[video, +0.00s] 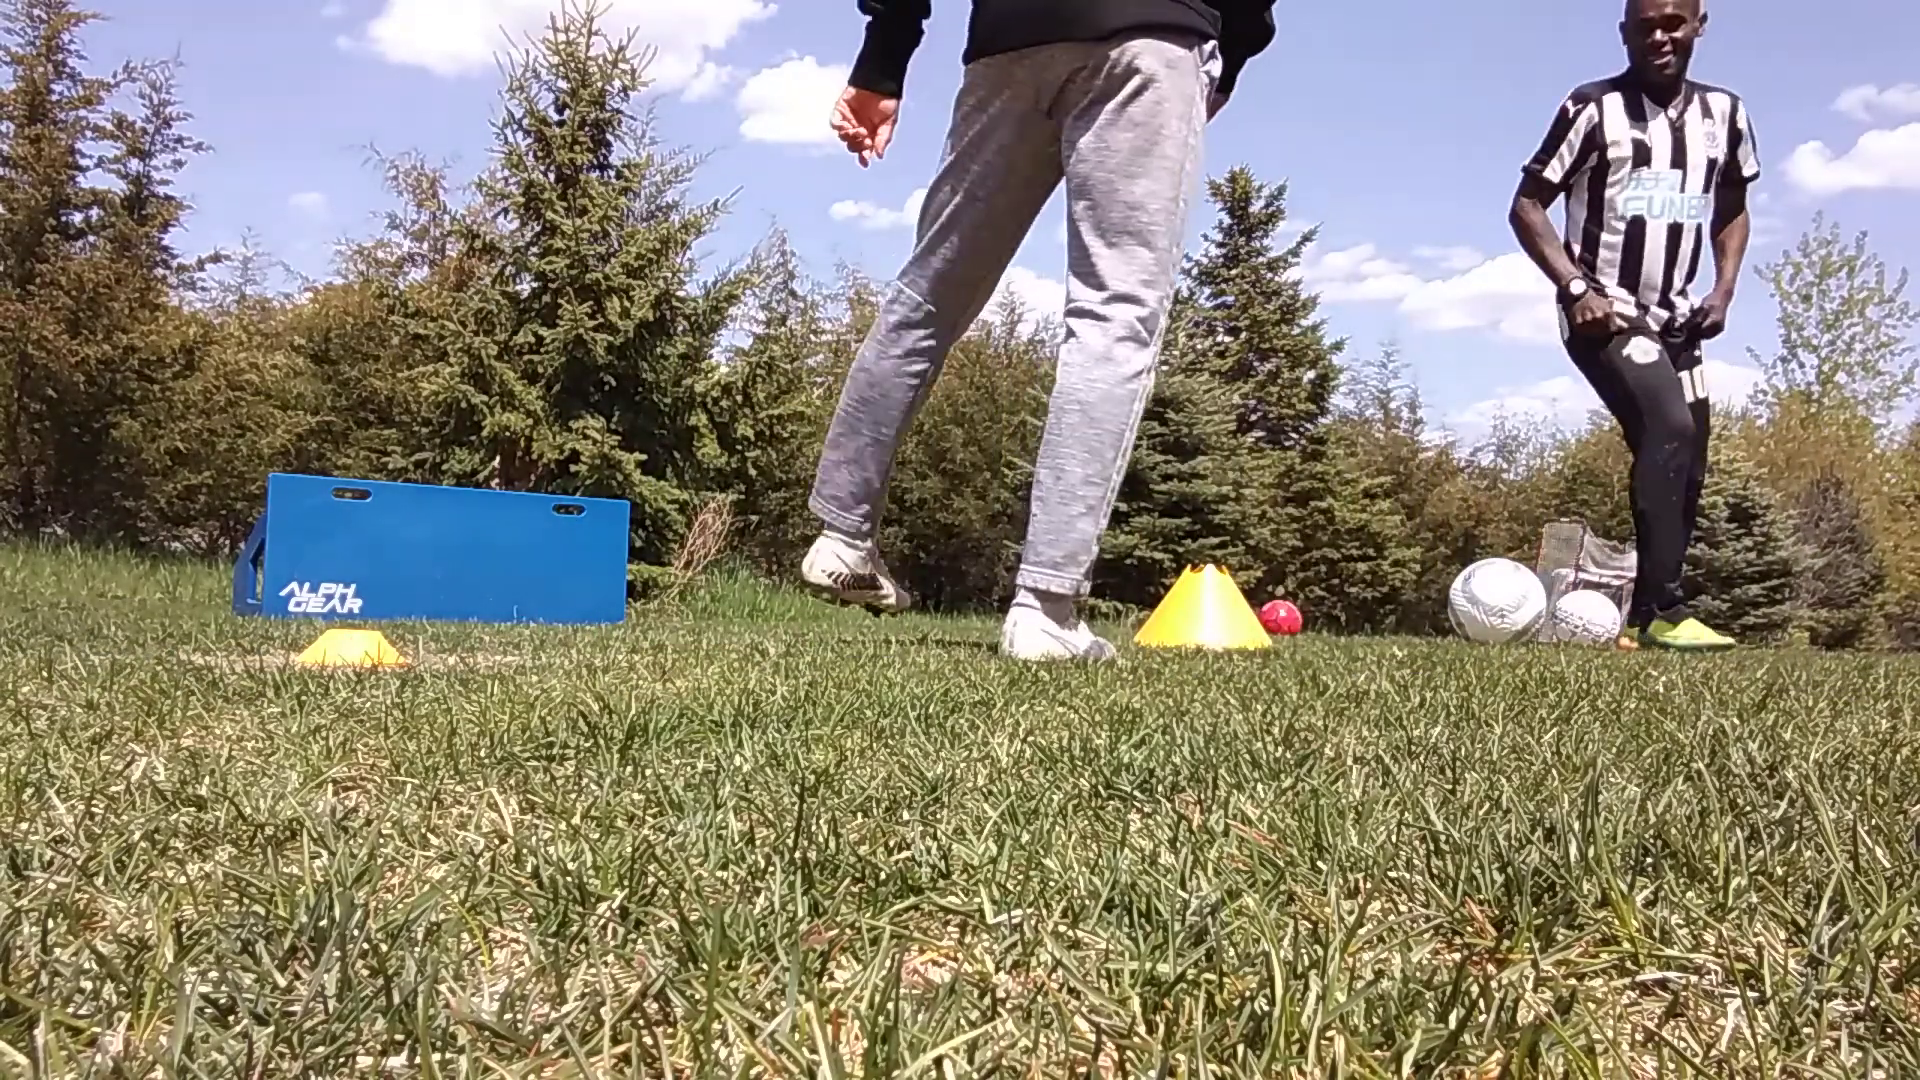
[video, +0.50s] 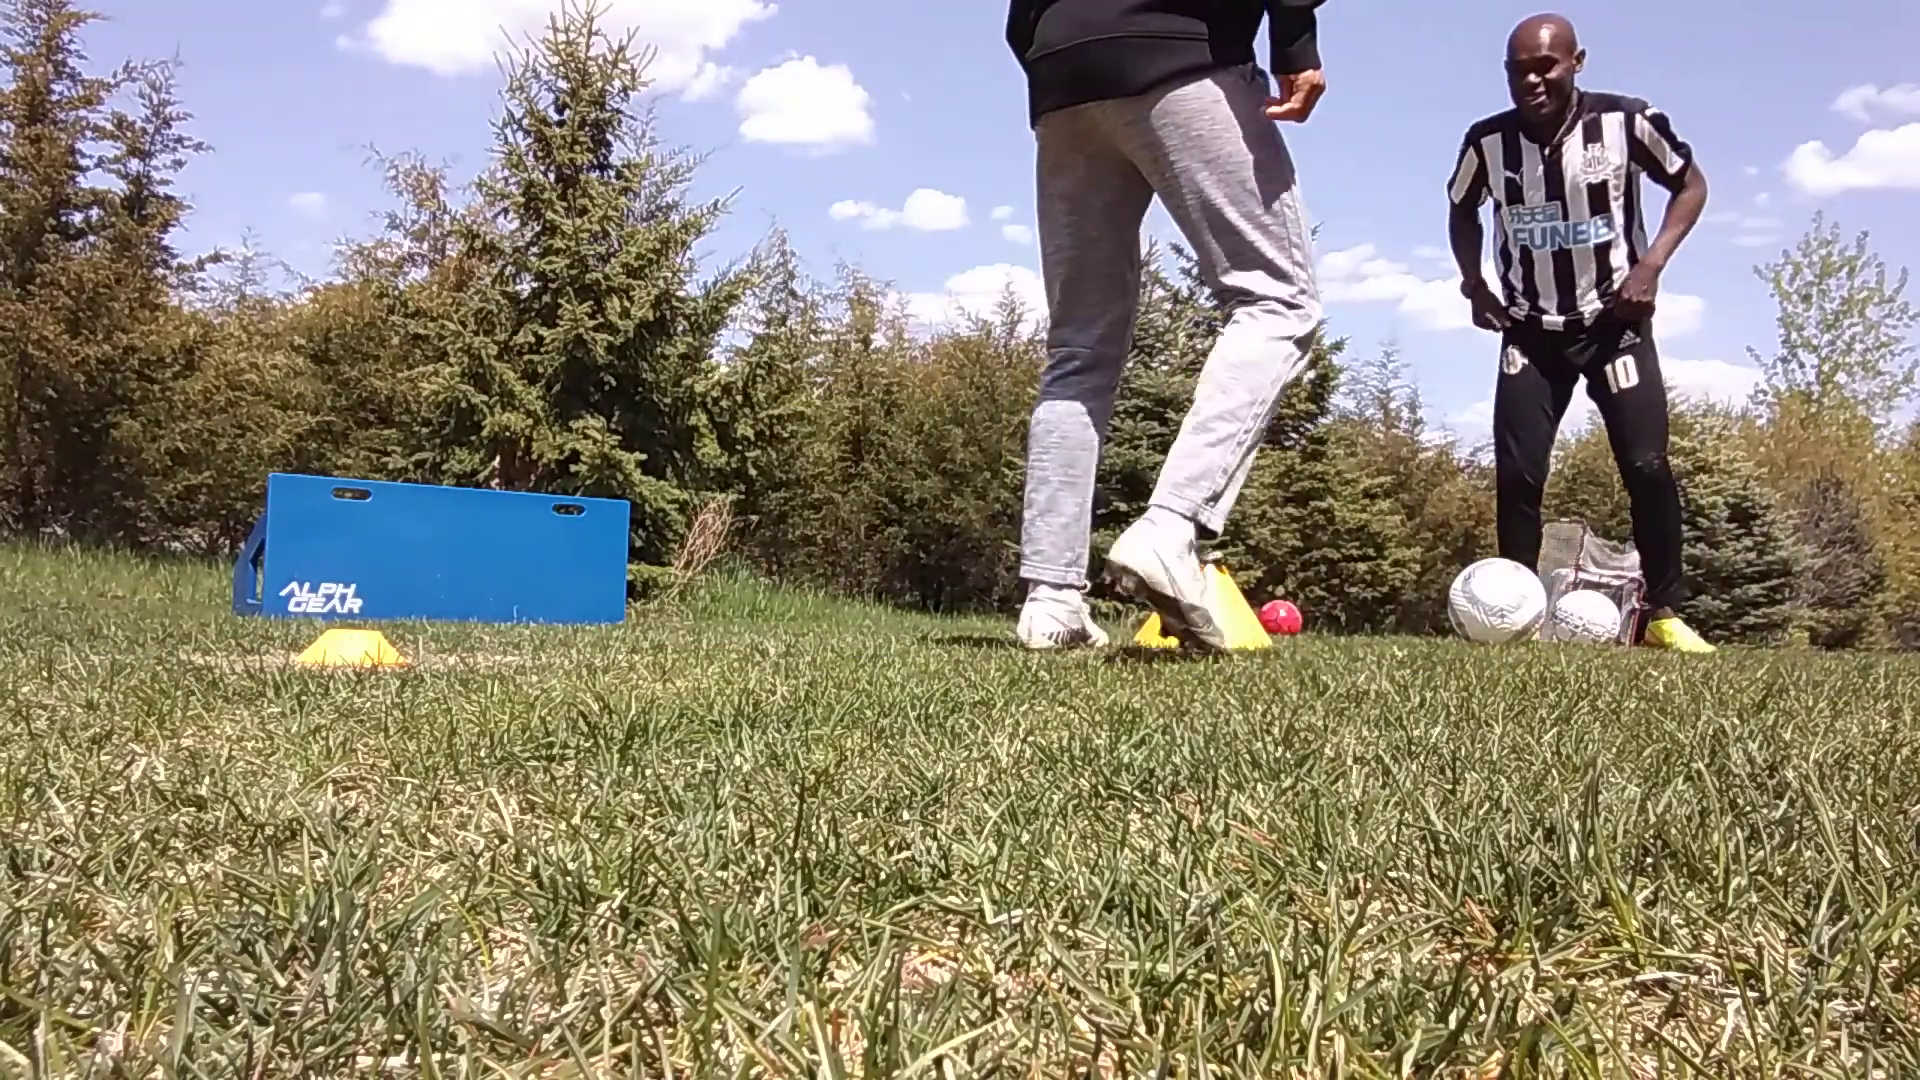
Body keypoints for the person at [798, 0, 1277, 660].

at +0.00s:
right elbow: (1253, 14)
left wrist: (881, 59)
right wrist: (1220, 61)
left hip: (1012, 22)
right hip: (1159, 28)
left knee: (927, 296)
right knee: (1114, 318)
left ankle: (842, 541)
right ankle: (1046, 610)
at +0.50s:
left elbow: (1020, 19)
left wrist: (1058, 62)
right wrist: (1297, 45)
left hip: (1056, 48)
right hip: (1179, 37)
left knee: (1080, 352)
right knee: (1276, 303)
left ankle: (1051, 599)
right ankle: (1169, 531)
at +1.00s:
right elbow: (1432, 5)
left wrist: (1163, 61)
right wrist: (1439, 101)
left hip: (1169, 82)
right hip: (1302, 72)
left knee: (1138, 360)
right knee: (1350, 349)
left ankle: (1075, 592)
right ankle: (1324, 603)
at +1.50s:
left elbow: (1044, 52)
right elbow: (1254, 14)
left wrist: (1116, 117)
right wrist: (1314, 105)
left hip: (1081, 136)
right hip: (1185, 105)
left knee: (1141, 384)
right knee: (1365, 278)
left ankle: (1121, 603)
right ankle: (1288, 505)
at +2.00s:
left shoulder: (1009, 4)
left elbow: (951, 70)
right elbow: (1147, 40)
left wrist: (1015, 136)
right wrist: (1215, 149)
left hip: (986, 171)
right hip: (1083, 154)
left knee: (999, 401)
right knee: (1172, 367)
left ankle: (934, 588)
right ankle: (1197, 584)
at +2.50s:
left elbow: (873, 77)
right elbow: (1093, 60)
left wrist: (921, 155)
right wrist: (1131, 176)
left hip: (902, 182)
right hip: (995, 185)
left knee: (894, 387)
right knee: (1019, 400)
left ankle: (816, 549)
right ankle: (956, 591)